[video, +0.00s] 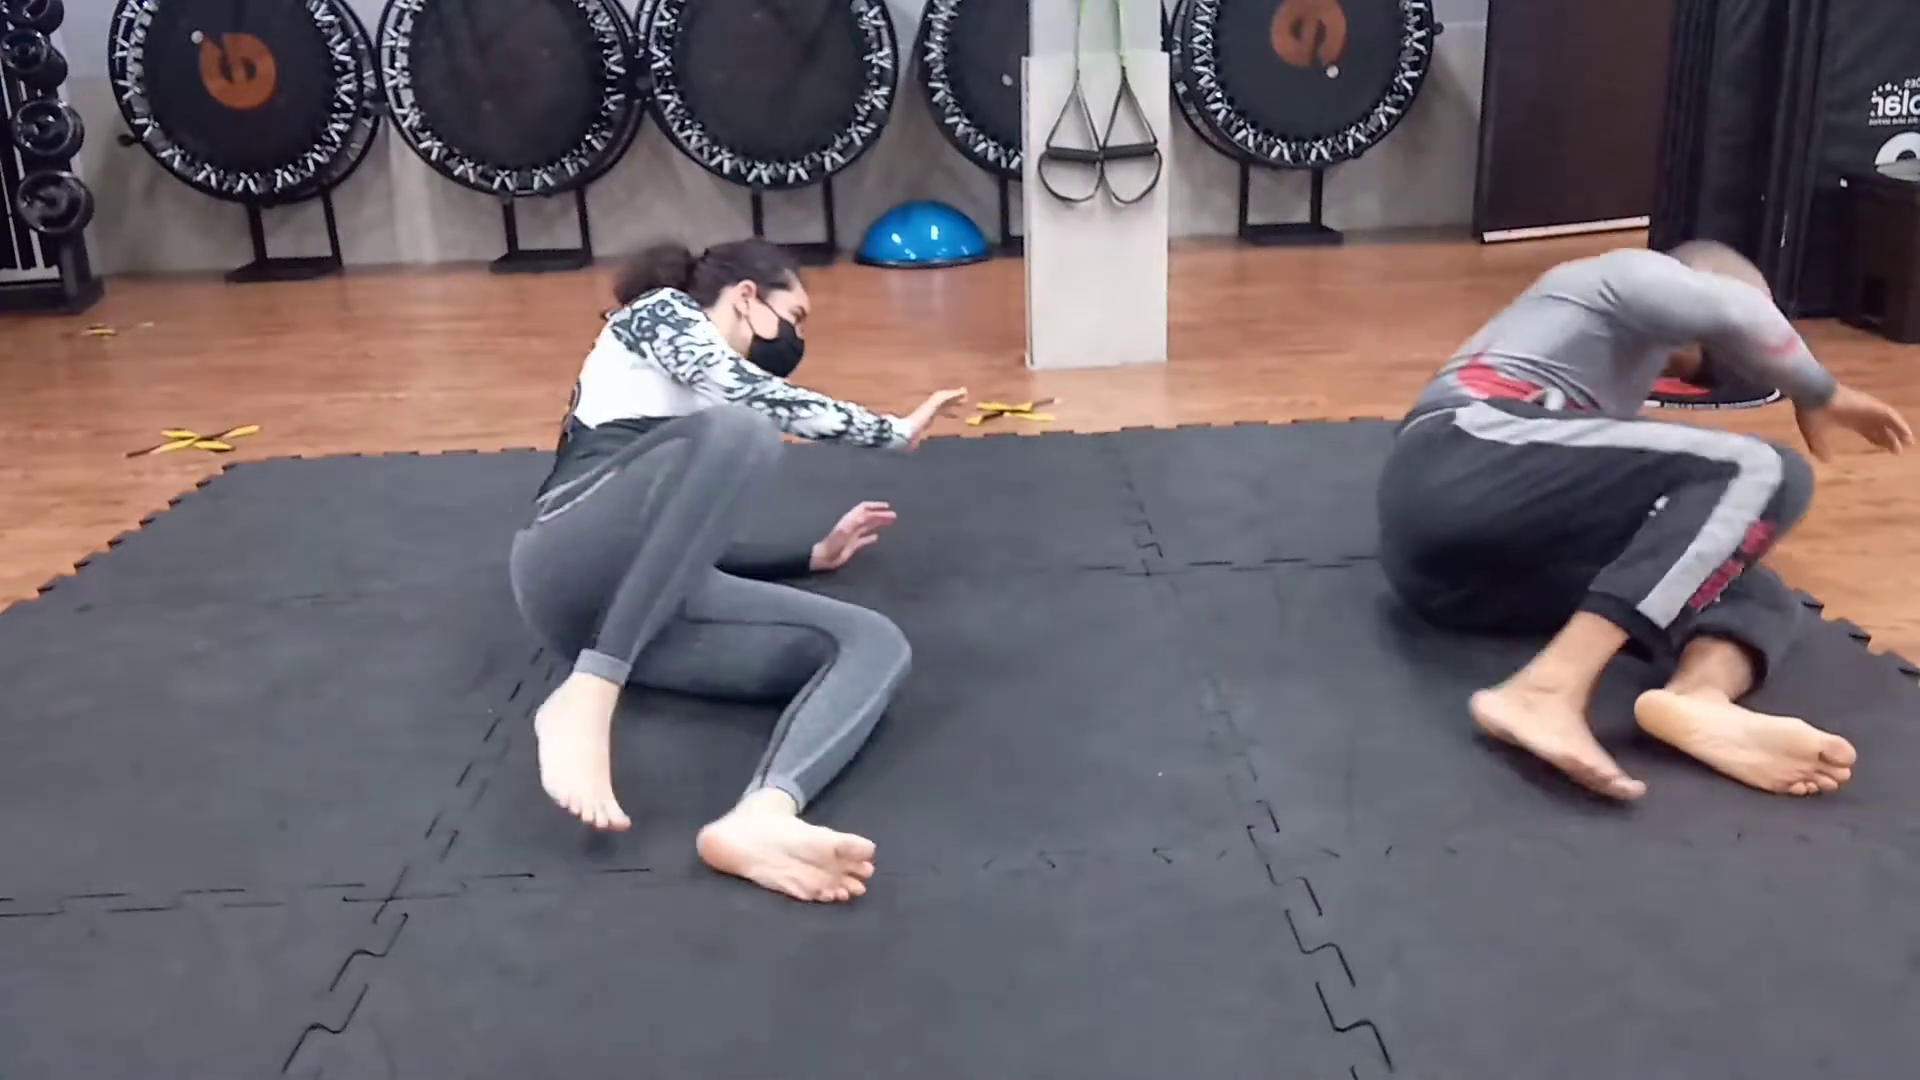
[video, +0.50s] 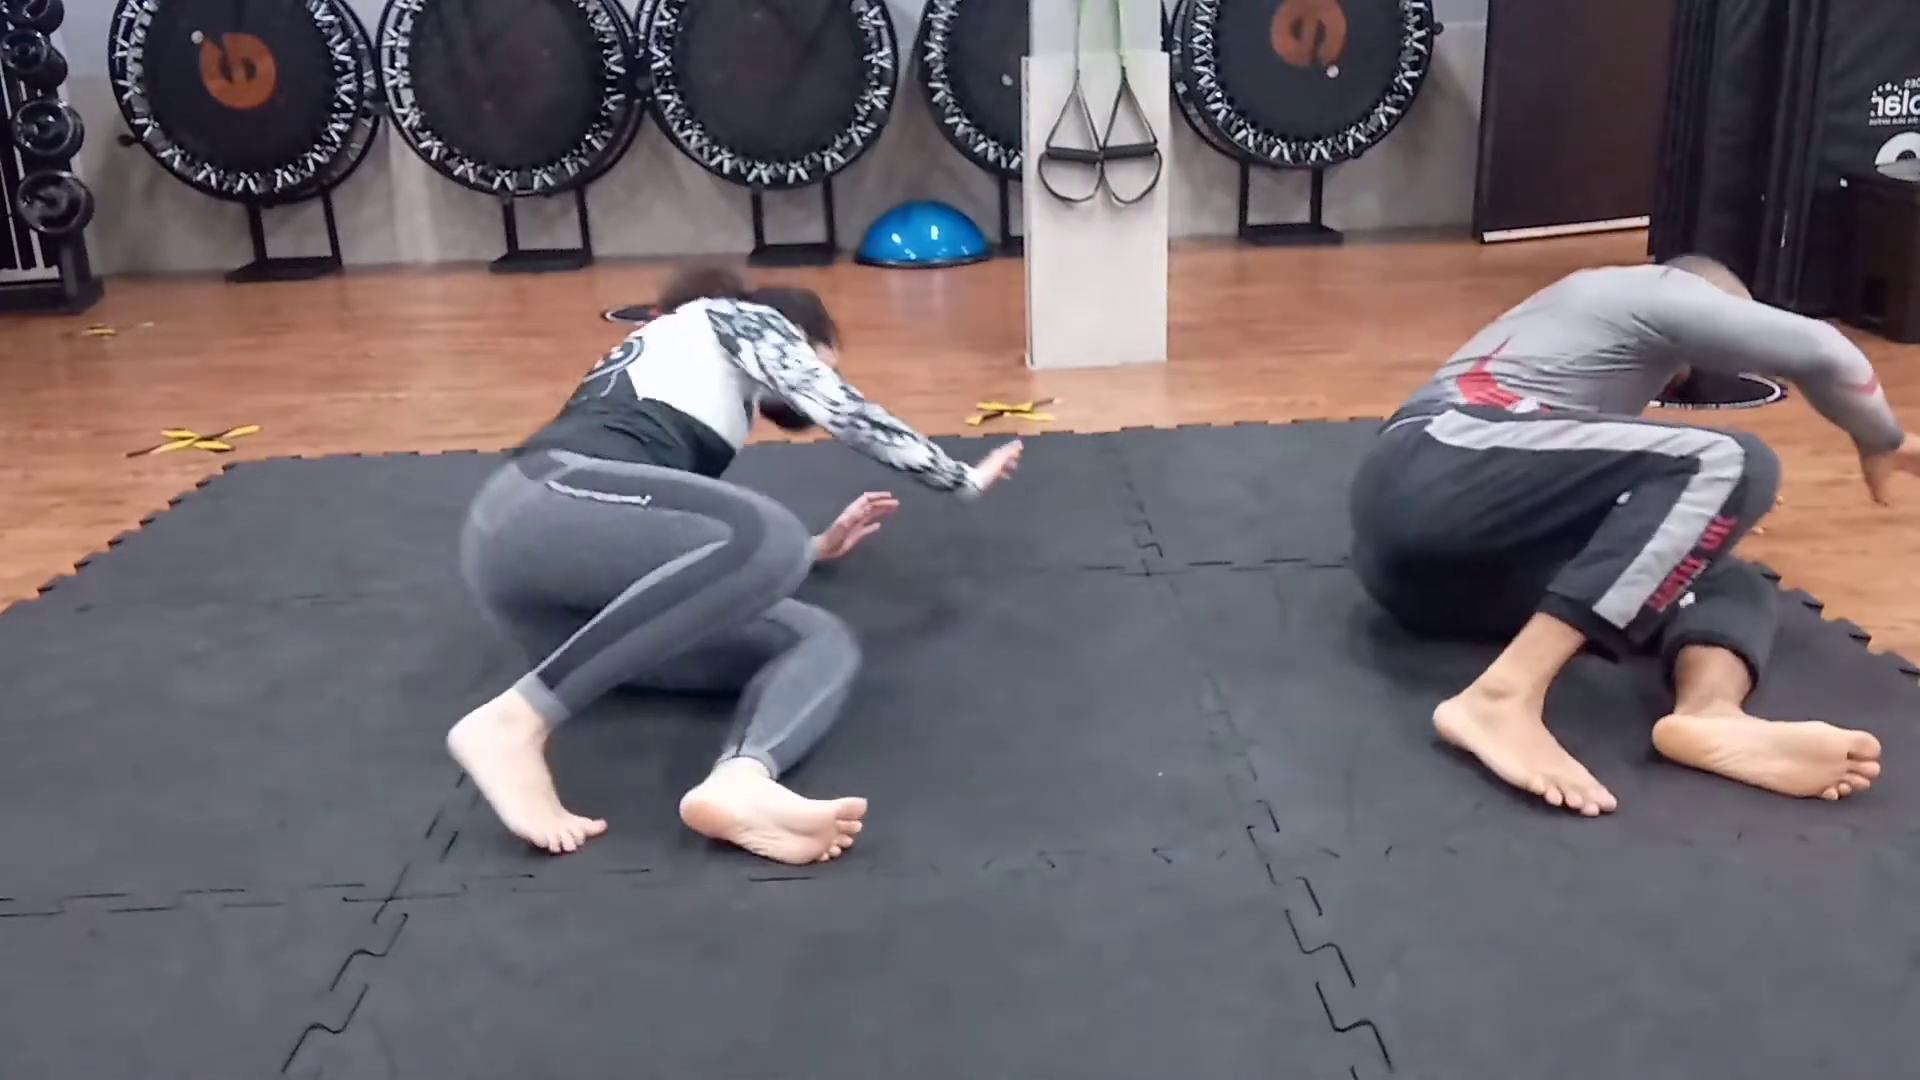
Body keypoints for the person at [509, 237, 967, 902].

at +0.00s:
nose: (789, 342)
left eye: (796, 331)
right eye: (790, 321)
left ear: (738, 305)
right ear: (743, 294)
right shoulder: (657, 313)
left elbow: (682, 551)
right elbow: (742, 391)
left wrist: (815, 556)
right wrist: (894, 431)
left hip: (647, 606)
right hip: (567, 562)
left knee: (875, 641)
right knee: (738, 431)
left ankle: (764, 810)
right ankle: (587, 697)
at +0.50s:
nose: (818, 384)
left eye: (821, 370)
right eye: (817, 364)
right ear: (787, 330)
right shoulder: (735, 317)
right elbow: (840, 411)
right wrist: (963, 477)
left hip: (545, 617)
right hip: (531, 503)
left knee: (823, 638)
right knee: (773, 540)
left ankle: (741, 775)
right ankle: (513, 722)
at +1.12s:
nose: (761, 411)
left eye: (773, 403)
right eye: (764, 389)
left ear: (728, 370)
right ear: (723, 346)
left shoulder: (663, 433)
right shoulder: (634, 337)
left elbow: (694, 552)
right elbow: (719, 440)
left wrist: (806, 546)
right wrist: (859, 504)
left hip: (466, 614)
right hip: (372, 549)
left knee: (658, 627)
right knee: (509, 469)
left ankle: (683, 797)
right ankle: (442, 775)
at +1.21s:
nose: (745, 397)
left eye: (755, 389)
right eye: (751, 376)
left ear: (711, 359)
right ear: (712, 338)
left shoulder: (659, 425)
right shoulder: (611, 329)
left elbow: (692, 550)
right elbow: (691, 433)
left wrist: (806, 543)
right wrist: (834, 501)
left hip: (480, 605)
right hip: (373, 555)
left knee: (657, 619)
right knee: (485, 463)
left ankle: (684, 795)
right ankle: (435, 770)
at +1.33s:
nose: (735, 374)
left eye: (744, 366)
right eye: (732, 351)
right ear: (678, 316)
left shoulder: (657, 432)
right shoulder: (581, 321)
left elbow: (690, 552)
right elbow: (646, 420)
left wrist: (801, 539)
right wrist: (800, 481)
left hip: (489, 600)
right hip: (377, 557)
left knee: (656, 619)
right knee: (448, 457)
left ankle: (683, 796)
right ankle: (422, 762)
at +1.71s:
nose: (671, 325)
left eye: (683, 311)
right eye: (652, 303)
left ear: (689, 322)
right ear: (587, 301)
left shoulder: (645, 417)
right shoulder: (512, 322)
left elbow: (685, 550)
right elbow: (522, 386)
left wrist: (769, 522)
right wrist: (637, 402)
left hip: (508, 596)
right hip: (417, 547)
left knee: (637, 636)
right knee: (348, 481)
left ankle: (674, 806)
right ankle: (328, 785)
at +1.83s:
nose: (609, 305)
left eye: (624, 292)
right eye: (587, 287)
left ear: (640, 310)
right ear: (536, 295)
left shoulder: (625, 424)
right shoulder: (485, 328)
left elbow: (682, 552)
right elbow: (394, 382)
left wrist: (745, 510)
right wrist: (517, 377)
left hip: (508, 586)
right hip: (406, 538)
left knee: (621, 638)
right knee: (316, 517)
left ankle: (674, 813)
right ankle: (252, 826)